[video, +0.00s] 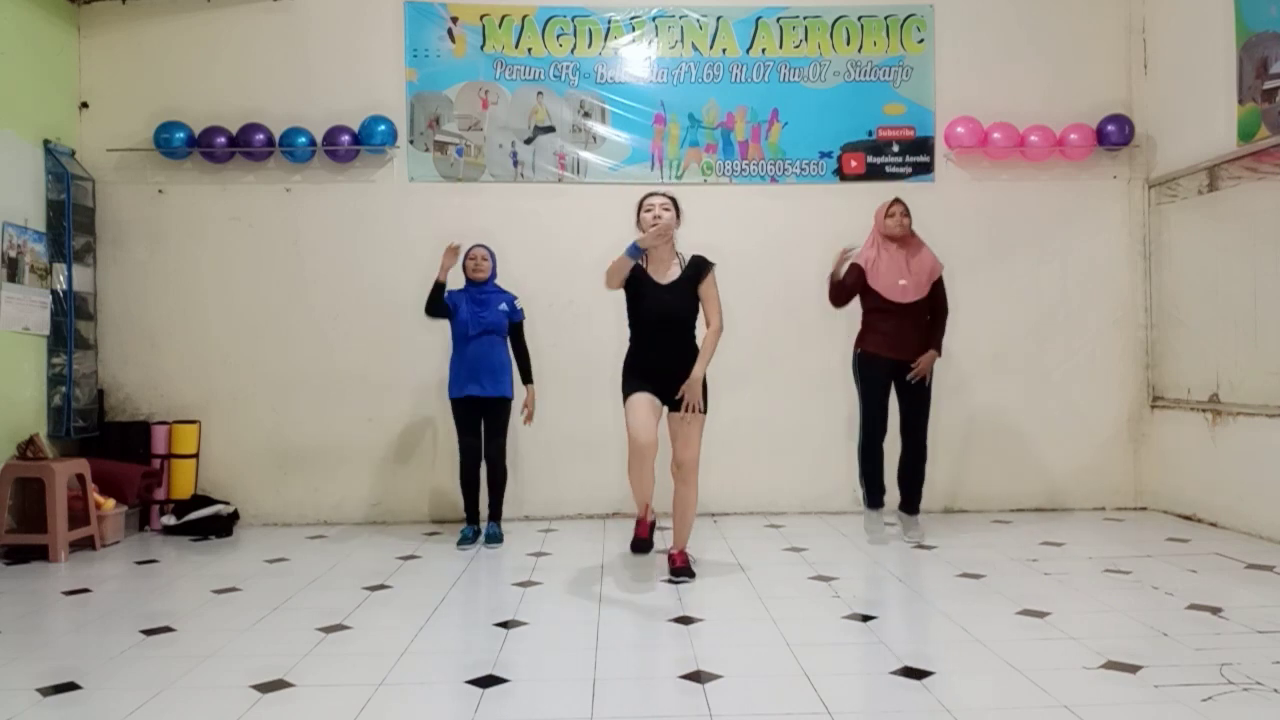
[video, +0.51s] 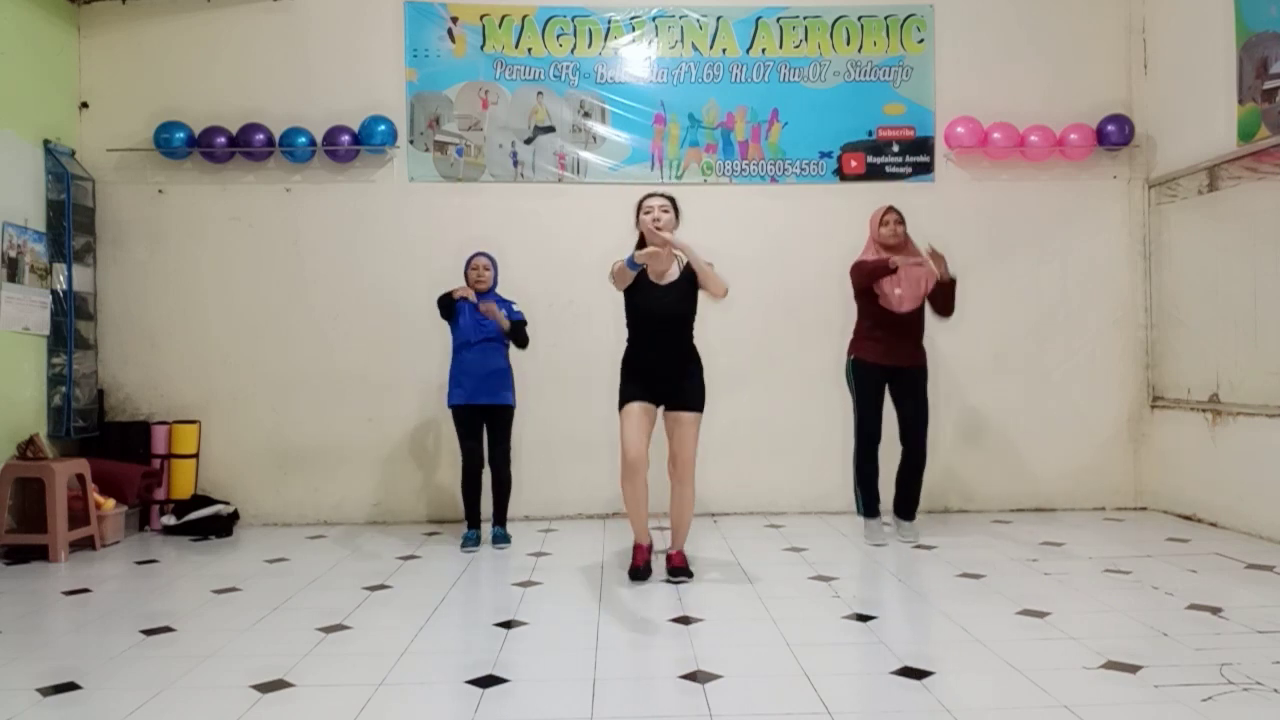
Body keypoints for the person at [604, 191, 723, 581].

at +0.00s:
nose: (657, 215)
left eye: (665, 209)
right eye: (649, 211)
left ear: (677, 221)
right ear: (639, 223)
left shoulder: (697, 267)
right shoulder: (632, 264)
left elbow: (714, 326)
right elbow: (612, 280)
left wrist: (697, 376)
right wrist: (635, 247)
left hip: (685, 370)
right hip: (641, 368)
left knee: (685, 464)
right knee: (641, 441)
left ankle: (679, 550)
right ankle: (644, 516)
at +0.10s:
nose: (656, 216)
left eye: (663, 210)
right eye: (648, 211)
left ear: (675, 221)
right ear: (637, 222)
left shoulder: (694, 270)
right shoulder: (627, 266)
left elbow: (705, 327)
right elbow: (622, 274)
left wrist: (691, 376)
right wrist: (637, 250)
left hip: (681, 372)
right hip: (637, 373)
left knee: (686, 470)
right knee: (640, 471)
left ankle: (679, 551)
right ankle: (639, 552)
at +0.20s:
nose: (656, 214)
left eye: (663, 208)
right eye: (648, 209)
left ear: (675, 221)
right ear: (636, 222)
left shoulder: (693, 270)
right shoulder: (627, 264)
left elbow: (702, 327)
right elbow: (621, 273)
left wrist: (686, 363)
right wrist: (639, 251)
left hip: (678, 366)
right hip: (633, 368)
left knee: (692, 460)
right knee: (637, 464)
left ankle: (681, 541)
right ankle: (639, 551)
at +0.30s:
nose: (656, 215)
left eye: (664, 209)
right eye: (648, 210)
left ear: (676, 222)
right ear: (636, 223)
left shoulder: (692, 271)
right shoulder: (626, 266)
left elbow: (698, 330)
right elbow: (621, 275)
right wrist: (640, 257)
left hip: (677, 368)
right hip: (633, 369)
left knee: (687, 449)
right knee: (636, 464)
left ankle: (679, 527)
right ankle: (640, 551)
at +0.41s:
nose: (655, 218)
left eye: (663, 212)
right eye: (647, 212)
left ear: (675, 222)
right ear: (636, 223)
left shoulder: (691, 270)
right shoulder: (626, 267)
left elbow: (704, 321)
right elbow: (620, 278)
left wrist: (690, 273)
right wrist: (637, 262)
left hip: (680, 371)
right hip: (635, 371)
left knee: (682, 466)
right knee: (638, 467)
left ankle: (680, 548)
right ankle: (640, 552)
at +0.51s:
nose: (656, 217)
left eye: (664, 211)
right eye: (648, 213)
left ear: (676, 222)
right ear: (639, 225)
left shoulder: (690, 265)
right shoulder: (631, 263)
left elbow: (718, 290)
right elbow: (618, 280)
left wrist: (685, 249)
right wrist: (639, 260)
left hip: (683, 368)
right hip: (639, 368)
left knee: (681, 462)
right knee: (632, 457)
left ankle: (677, 550)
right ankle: (641, 544)